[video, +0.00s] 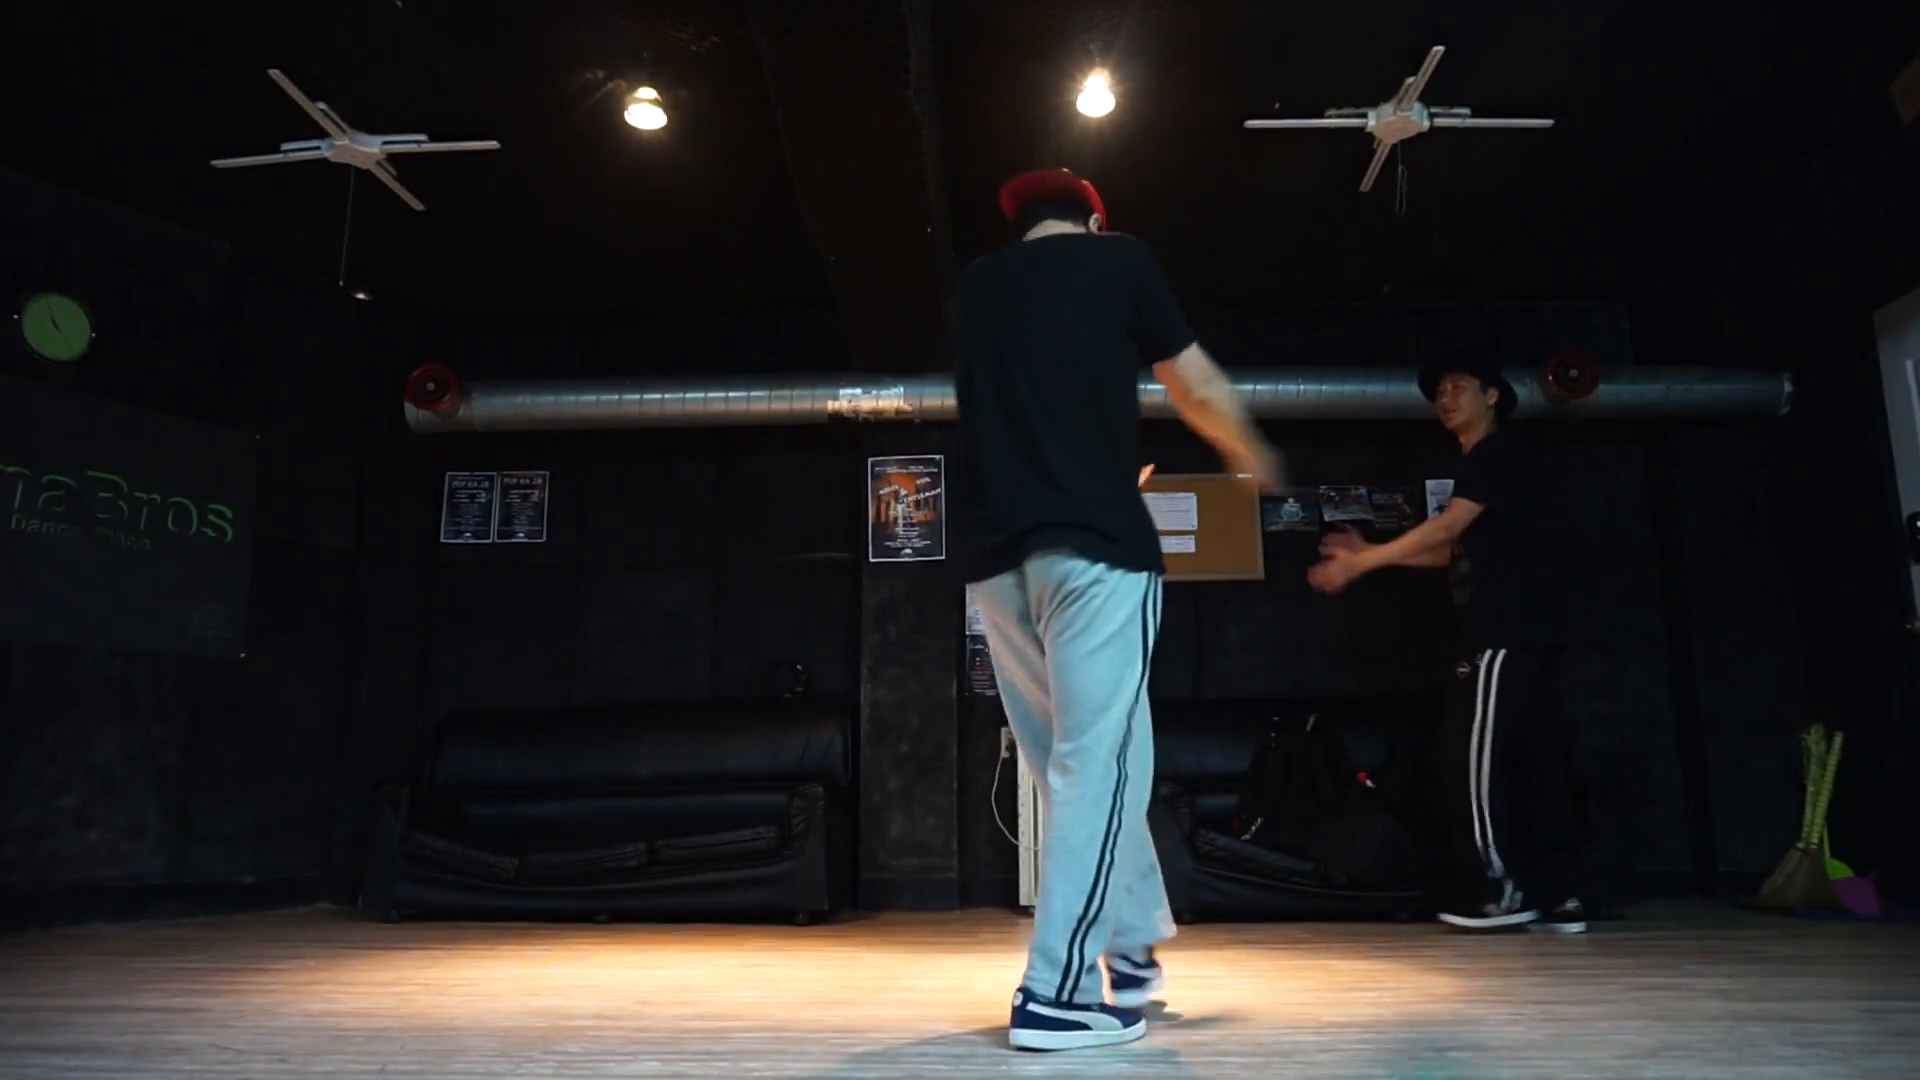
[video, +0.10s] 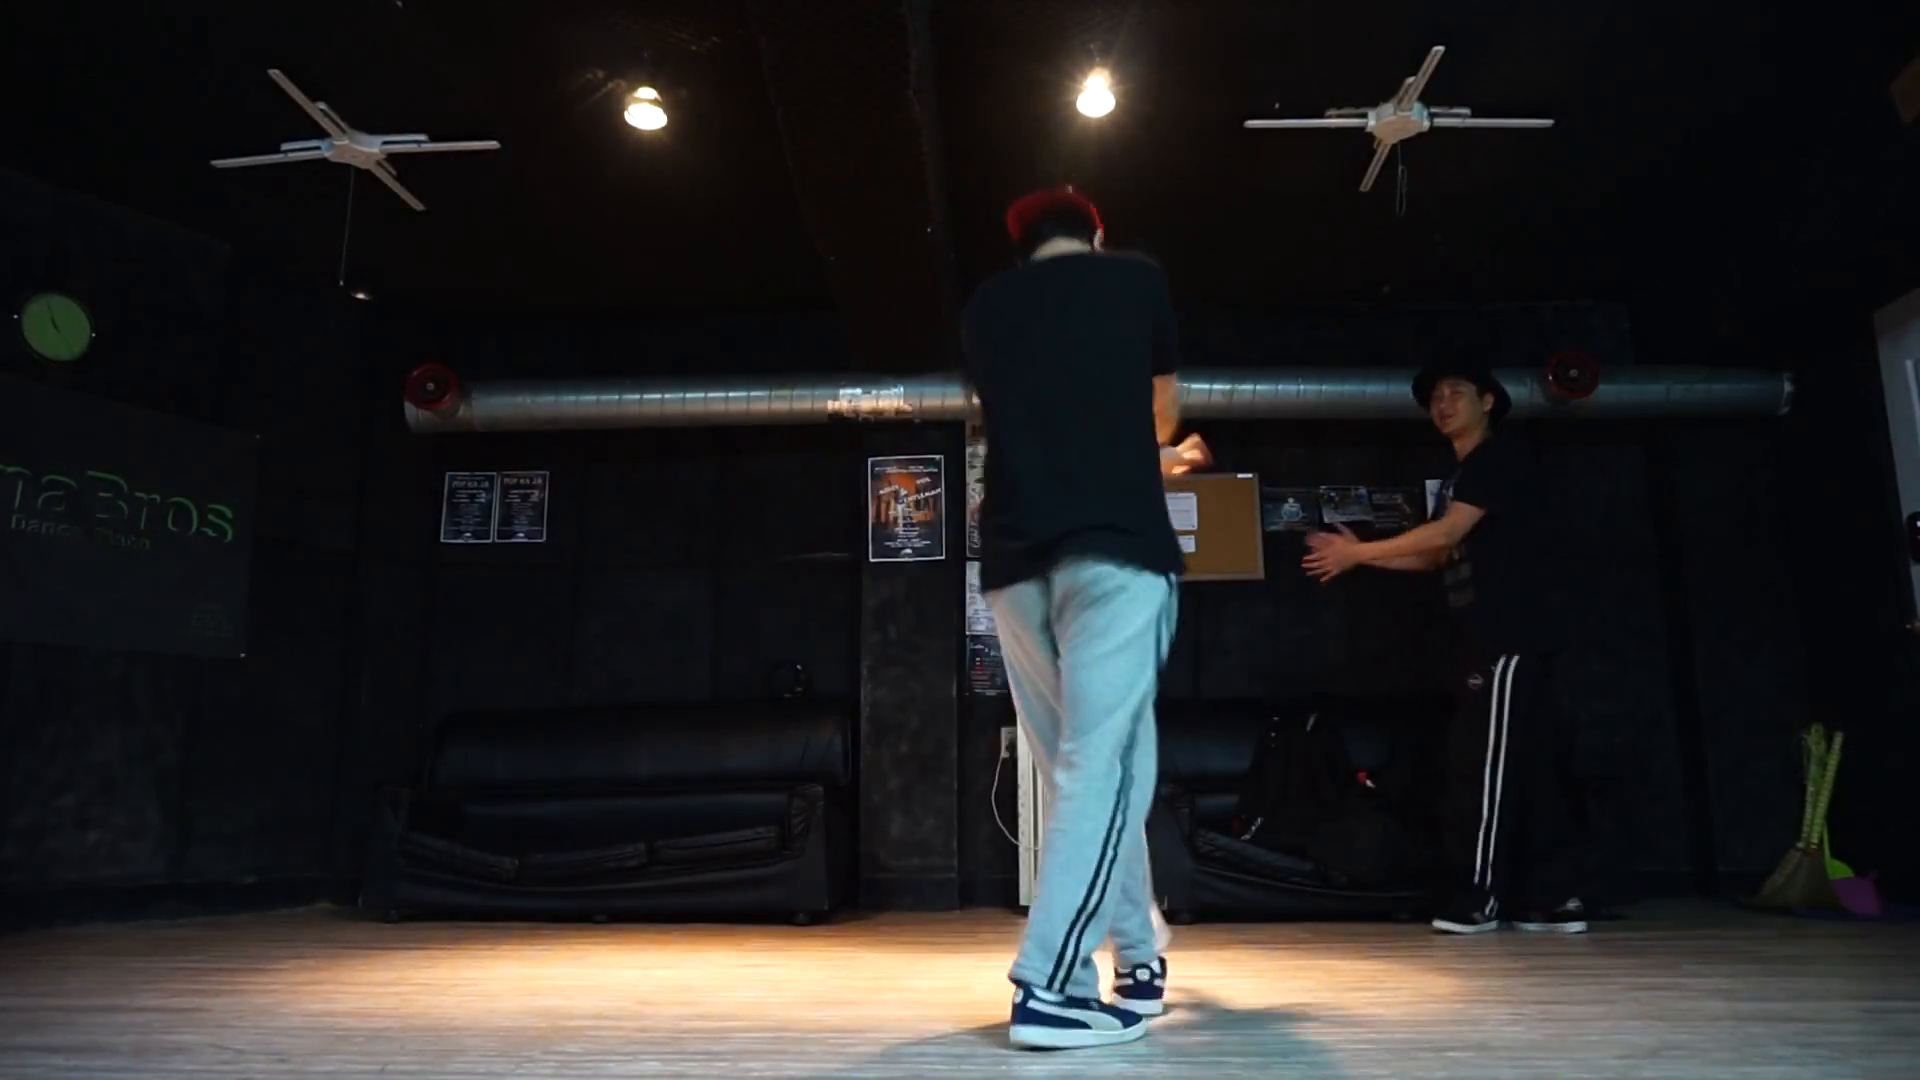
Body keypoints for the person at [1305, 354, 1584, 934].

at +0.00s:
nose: (1446, 402)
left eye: (1459, 391)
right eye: (1441, 395)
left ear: (1492, 398)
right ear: (1441, 406)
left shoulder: (1496, 453)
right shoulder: (1493, 459)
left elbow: (1445, 527)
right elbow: (1451, 550)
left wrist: (1358, 563)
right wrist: (1370, 552)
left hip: (1504, 629)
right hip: (1516, 625)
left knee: (1478, 760)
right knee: (1530, 759)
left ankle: (1498, 895)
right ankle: (1559, 894)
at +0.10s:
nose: (1444, 407)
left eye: (1457, 396)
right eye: (1437, 399)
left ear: (1488, 403)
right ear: (1433, 411)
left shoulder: (1497, 457)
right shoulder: (1470, 469)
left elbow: (1444, 535)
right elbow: (1432, 554)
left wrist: (1358, 551)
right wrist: (1357, 552)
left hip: (1514, 633)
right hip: (1500, 632)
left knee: (1488, 765)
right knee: (1531, 761)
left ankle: (1476, 900)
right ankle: (1554, 896)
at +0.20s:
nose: (1439, 409)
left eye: (1451, 399)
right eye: (1431, 403)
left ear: (1480, 408)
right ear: (1424, 417)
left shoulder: (1495, 466)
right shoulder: (1442, 480)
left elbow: (1458, 549)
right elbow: (1431, 551)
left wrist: (1378, 580)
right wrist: (1376, 574)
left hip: (1499, 640)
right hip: (1468, 641)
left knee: (1483, 770)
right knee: (1513, 767)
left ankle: (1477, 901)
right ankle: (1551, 890)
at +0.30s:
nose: (1439, 406)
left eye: (1451, 397)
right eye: (1430, 399)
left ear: (1476, 407)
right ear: (1420, 414)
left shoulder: (1495, 466)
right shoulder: (1431, 483)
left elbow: (1476, 551)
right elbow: (1414, 551)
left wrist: (1441, 627)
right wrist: (1389, 600)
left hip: (1493, 635)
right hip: (1450, 633)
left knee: (1482, 766)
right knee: (1463, 763)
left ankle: (1479, 900)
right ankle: (1537, 867)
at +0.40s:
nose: (1439, 400)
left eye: (1451, 391)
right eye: (1429, 393)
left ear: (1473, 405)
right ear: (1415, 408)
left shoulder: (1493, 467)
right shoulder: (1420, 483)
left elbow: (1508, 554)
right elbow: (1405, 564)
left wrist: (1528, 632)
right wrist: (1391, 632)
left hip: (1481, 636)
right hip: (1426, 640)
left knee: (1479, 766)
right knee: (1429, 762)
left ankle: (1475, 900)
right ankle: (1512, 857)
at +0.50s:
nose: (1438, 393)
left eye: (1450, 385)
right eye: (1427, 385)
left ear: (1470, 401)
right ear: (1410, 402)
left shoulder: (1496, 463)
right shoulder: (1405, 480)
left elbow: (1548, 534)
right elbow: (1399, 564)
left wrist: (1595, 608)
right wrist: (1389, 639)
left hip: (1481, 639)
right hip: (1420, 644)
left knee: (1480, 770)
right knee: (1422, 764)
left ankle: (1478, 900)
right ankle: (1452, 883)